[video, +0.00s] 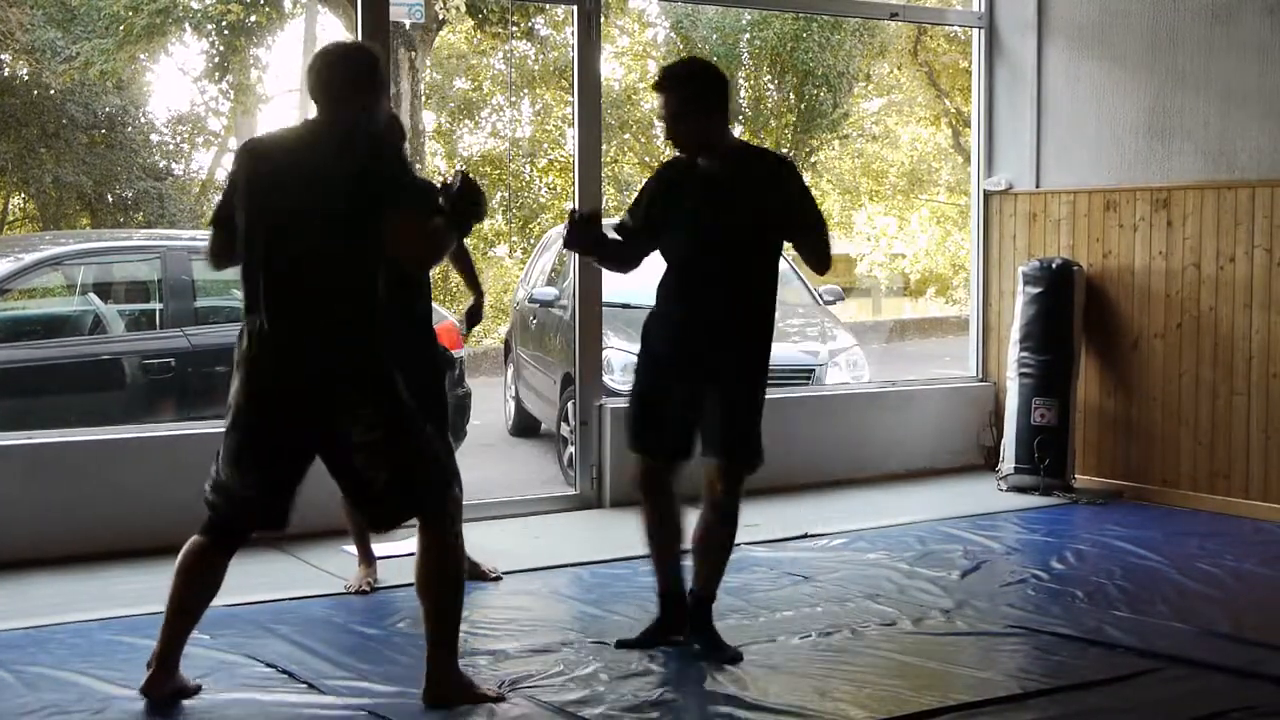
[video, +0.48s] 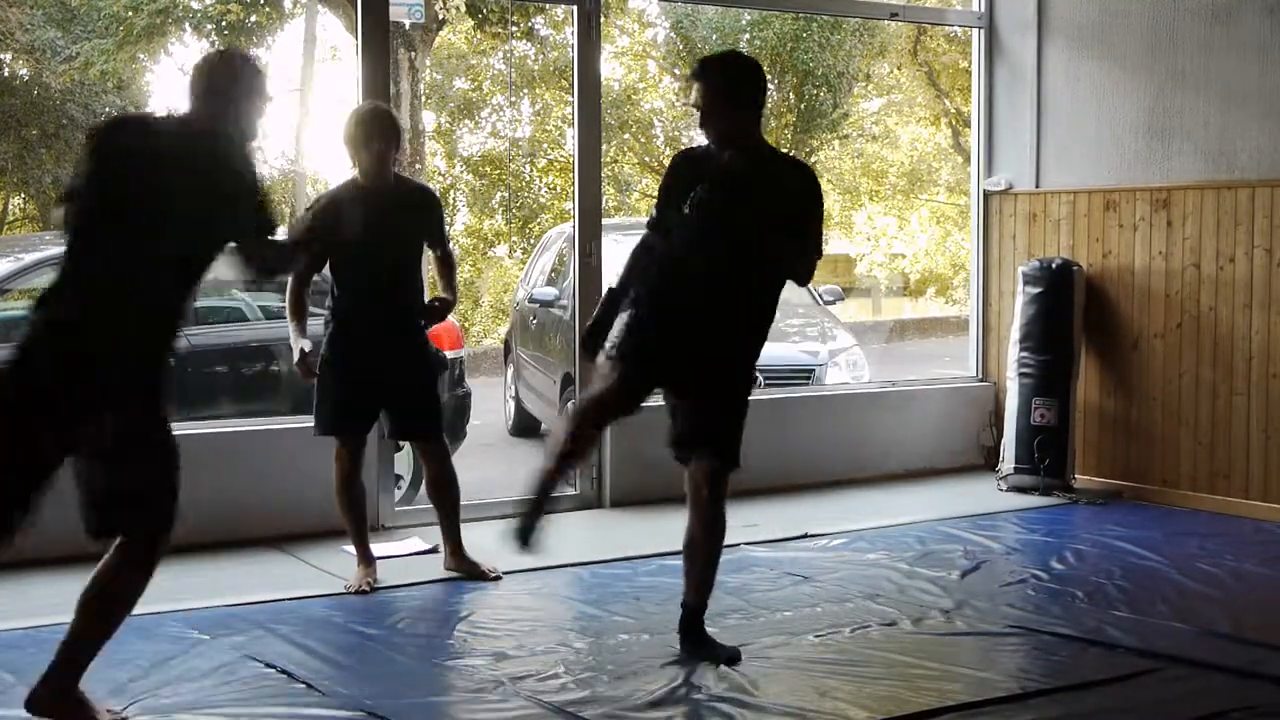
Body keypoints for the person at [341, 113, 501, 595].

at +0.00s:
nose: (396, 141)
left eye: (398, 133)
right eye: (387, 132)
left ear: (403, 142)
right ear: (366, 139)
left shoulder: (413, 193)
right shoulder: (336, 196)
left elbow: (450, 240)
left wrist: (478, 294)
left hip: (411, 337)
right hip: (348, 339)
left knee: (434, 444)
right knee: (348, 455)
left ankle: (449, 550)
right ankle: (365, 560)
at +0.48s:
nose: (380, 152)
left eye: (387, 141)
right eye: (369, 142)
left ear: (400, 144)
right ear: (351, 147)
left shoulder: (422, 200)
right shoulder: (330, 209)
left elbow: (443, 254)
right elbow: (297, 282)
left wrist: (448, 297)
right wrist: (299, 341)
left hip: (408, 341)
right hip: (350, 345)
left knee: (432, 447)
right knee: (348, 454)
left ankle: (455, 552)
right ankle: (364, 561)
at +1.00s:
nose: (391, 146)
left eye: (398, 137)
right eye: (381, 137)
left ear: (406, 141)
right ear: (359, 142)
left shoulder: (427, 198)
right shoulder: (334, 207)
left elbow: (452, 256)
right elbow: (307, 278)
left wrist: (454, 288)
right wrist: (306, 338)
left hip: (414, 340)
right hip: (358, 343)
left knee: (437, 446)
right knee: (353, 454)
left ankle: (454, 552)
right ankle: (364, 560)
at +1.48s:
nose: (419, 140)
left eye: (424, 131)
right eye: (409, 131)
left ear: (431, 136)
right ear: (387, 137)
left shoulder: (451, 196)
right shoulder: (364, 199)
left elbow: (477, 255)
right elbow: (335, 274)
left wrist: (479, 288)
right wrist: (336, 335)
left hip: (439, 336)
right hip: (382, 339)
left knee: (452, 446)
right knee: (370, 450)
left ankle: (456, 552)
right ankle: (367, 561)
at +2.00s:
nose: (433, 140)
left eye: (438, 131)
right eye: (424, 131)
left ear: (447, 137)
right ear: (403, 137)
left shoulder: (466, 198)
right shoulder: (375, 200)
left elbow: (487, 256)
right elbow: (348, 271)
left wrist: (490, 290)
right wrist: (348, 330)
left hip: (450, 334)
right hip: (393, 336)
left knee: (458, 445)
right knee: (376, 446)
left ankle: (457, 552)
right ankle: (368, 561)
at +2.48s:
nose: (427, 140)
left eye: (435, 131)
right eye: (418, 131)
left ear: (448, 137)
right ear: (403, 138)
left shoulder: (468, 198)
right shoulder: (382, 197)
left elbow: (487, 258)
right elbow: (351, 272)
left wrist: (490, 290)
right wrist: (352, 332)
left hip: (452, 336)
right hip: (395, 338)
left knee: (459, 446)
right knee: (377, 447)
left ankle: (457, 552)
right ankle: (367, 560)